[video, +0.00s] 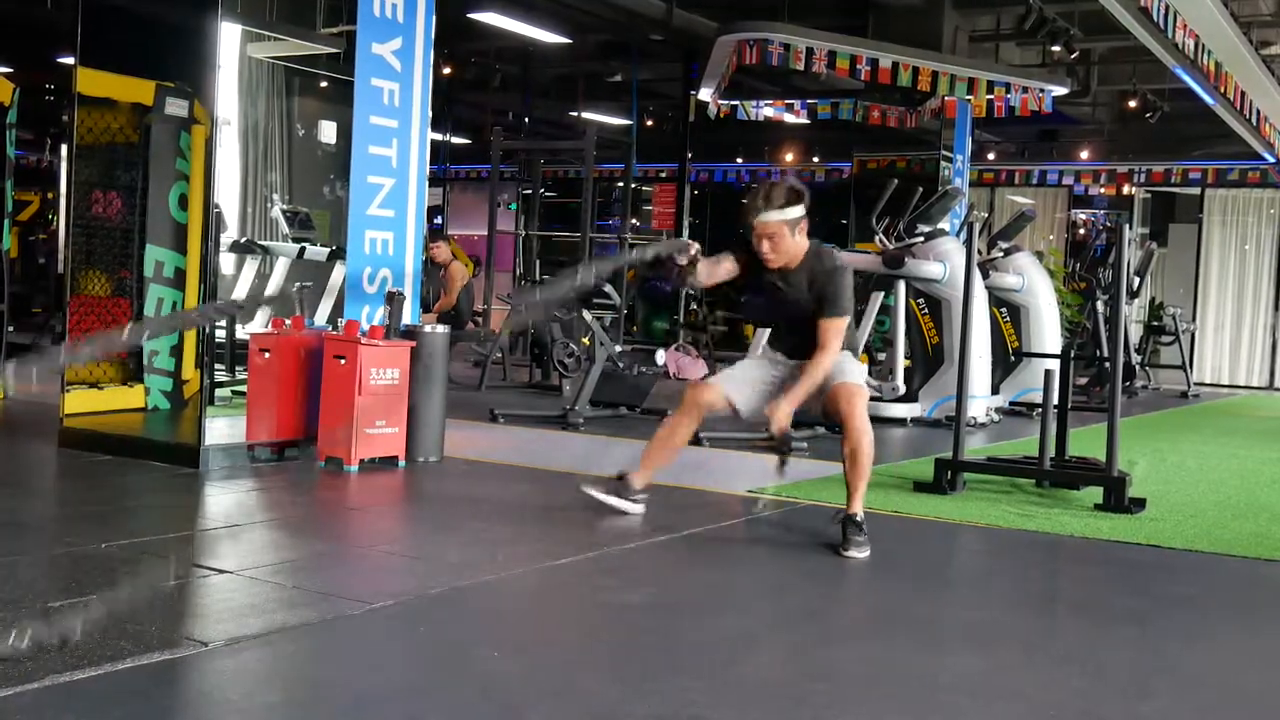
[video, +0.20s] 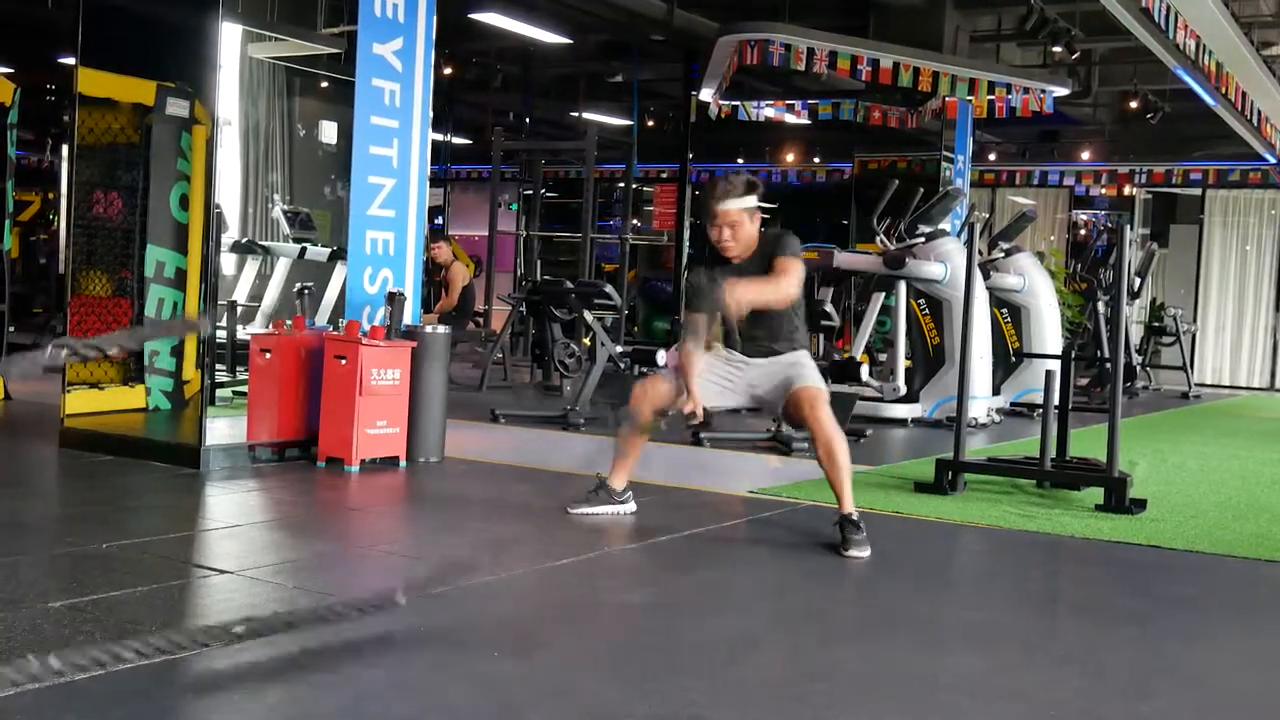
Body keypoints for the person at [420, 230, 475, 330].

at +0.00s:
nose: (433, 252)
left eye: (437, 247)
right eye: (431, 249)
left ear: (448, 247)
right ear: (428, 251)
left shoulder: (455, 267)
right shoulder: (444, 270)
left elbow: (451, 300)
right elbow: (443, 296)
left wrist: (434, 311)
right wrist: (434, 313)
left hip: (458, 320)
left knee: (415, 319)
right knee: (415, 317)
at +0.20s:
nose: (435, 252)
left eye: (438, 248)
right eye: (432, 249)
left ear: (449, 248)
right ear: (429, 252)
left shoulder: (456, 269)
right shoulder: (445, 271)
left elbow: (452, 301)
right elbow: (444, 298)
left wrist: (435, 313)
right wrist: (434, 314)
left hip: (458, 321)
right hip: (450, 317)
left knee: (418, 319)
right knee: (418, 317)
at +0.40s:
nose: (436, 252)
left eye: (439, 248)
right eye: (433, 249)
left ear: (450, 248)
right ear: (430, 252)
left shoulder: (457, 269)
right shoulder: (446, 271)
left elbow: (452, 301)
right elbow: (445, 298)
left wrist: (435, 314)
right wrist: (434, 315)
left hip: (459, 321)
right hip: (451, 317)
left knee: (420, 319)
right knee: (418, 318)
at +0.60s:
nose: (437, 253)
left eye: (440, 248)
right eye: (434, 250)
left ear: (450, 248)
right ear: (431, 252)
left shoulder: (458, 269)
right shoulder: (446, 271)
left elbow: (453, 301)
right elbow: (446, 298)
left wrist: (436, 313)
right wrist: (436, 314)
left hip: (459, 321)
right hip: (452, 317)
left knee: (420, 320)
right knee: (418, 318)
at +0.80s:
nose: (438, 254)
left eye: (442, 249)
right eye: (435, 250)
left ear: (452, 249)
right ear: (432, 253)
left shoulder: (459, 270)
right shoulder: (447, 271)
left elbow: (455, 302)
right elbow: (447, 299)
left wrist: (437, 314)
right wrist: (436, 315)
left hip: (461, 321)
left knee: (421, 320)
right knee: (420, 318)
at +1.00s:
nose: (439, 255)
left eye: (443, 250)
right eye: (436, 251)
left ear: (453, 250)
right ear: (433, 255)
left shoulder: (459, 270)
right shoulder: (448, 271)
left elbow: (455, 301)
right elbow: (447, 300)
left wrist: (437, 315)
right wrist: (436, 317)